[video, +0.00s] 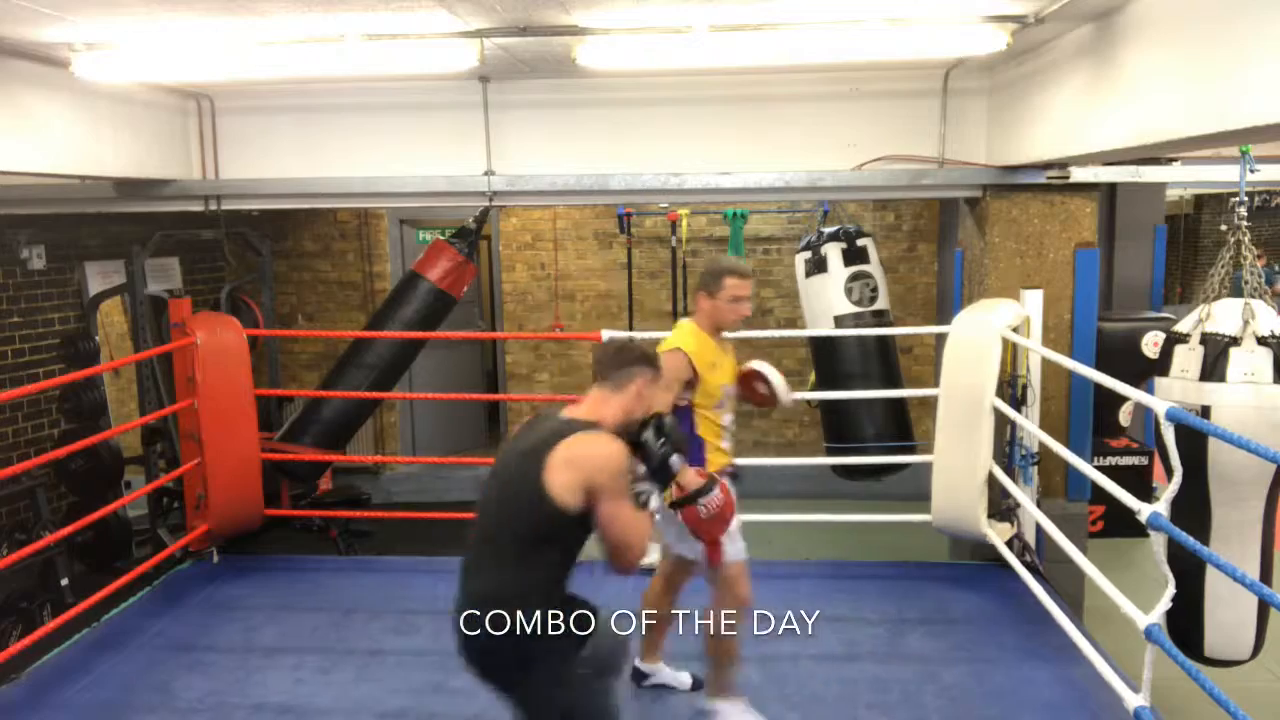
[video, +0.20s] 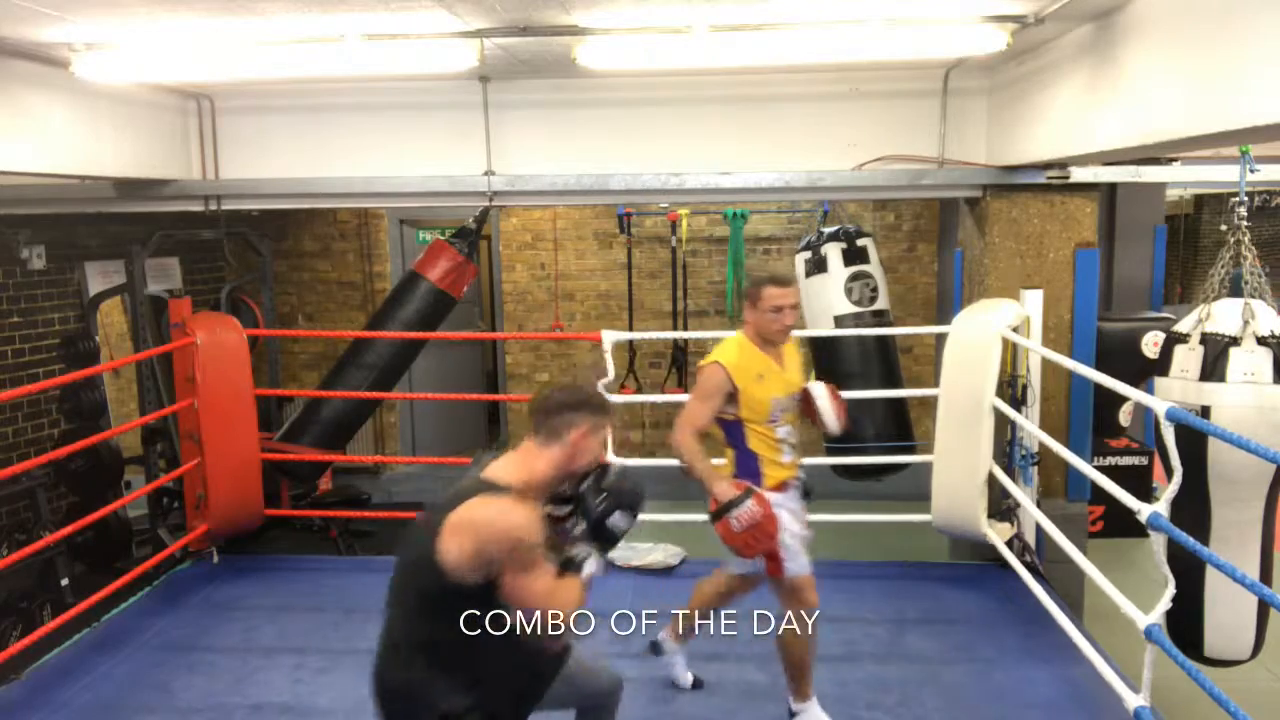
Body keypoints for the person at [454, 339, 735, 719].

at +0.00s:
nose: (662, 408)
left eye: (665, 398)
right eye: (662, 396)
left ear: (601, 380)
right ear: (638, 386)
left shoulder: (540, 425)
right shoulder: (604, 451)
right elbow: (627, 557)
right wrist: (647, 484)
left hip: (481, 618)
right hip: (524, 627)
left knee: (607, 645)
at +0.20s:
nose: (603, 459)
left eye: (605, 446)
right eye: (602, 445)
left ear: (543, 429)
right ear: (577, 438)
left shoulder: (504, 474)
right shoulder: (508, 517)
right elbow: (553, 611)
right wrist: (592, 547)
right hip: (441, 691)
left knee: (602, 684)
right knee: (602, 687)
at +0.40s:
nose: (591, 412)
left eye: (594, 398)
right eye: (589, 396)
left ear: (556, 388)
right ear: (559, 389)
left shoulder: (500, 441)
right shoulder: (478, 468)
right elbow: (529, 584)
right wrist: (576, 507)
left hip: (471, 630)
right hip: (422, 652)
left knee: (590, 676)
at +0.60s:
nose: (611, 365)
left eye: (613, 353)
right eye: (610, 351)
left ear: (577, 345)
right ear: (582, 346)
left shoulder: (538, 402)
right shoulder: (504, 406)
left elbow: (573, 459)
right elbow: (540, 518)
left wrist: (611, 427)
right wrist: (598, 453)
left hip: (494, 569)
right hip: (438, 582)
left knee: (576, 658)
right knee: (428, 711)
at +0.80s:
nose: (580, 338)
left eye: (581, 327)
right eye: (576, 325)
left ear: (541, 322)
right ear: (541, 320)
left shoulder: (522, 387)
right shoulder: (470, 381)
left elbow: (515, 466)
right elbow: (497, 488)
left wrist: (562, 423)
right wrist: (560, 435)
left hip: (492, 555)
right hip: (434, 565)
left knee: (567, 650)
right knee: (428, 706)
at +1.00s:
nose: (528, 311)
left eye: (528, 298)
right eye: (522, 296)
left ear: (487, 296)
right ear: (486, 294)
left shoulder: (475, 357)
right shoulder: (419, 367)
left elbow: (462, 444)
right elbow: (456, 473)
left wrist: (513, 430)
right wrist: (511, 425)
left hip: (472, 536)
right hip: (413, 552)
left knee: (538, 637)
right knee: (386, 684)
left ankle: (567, 714)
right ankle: (348, 717)